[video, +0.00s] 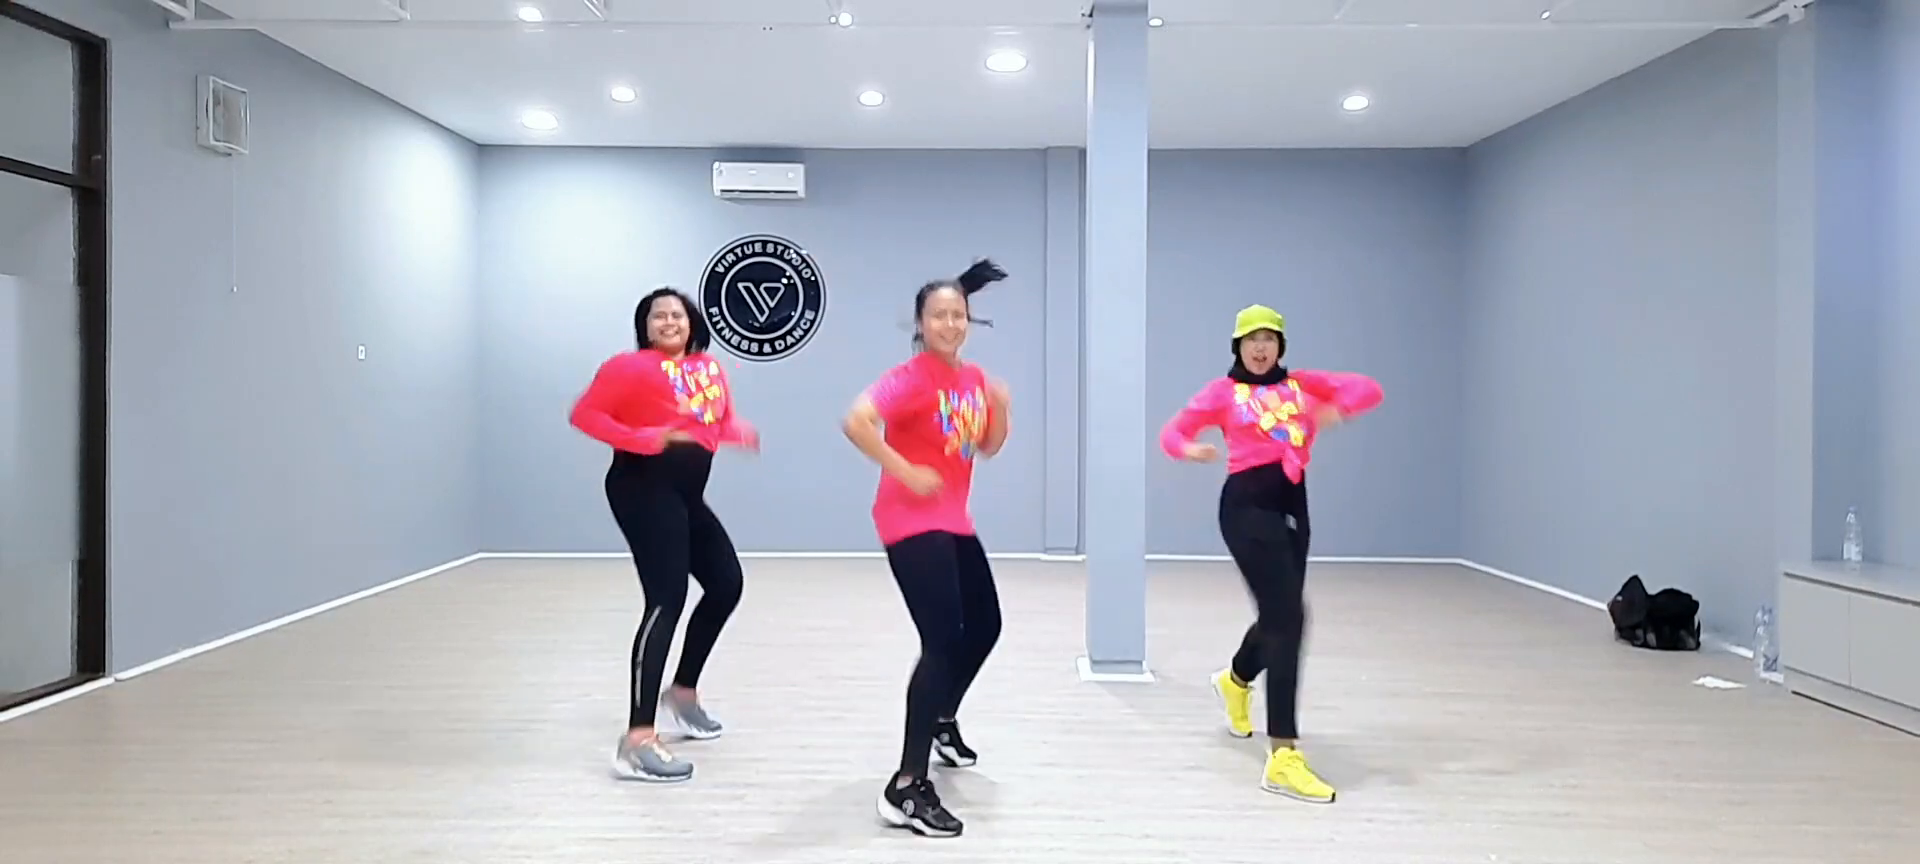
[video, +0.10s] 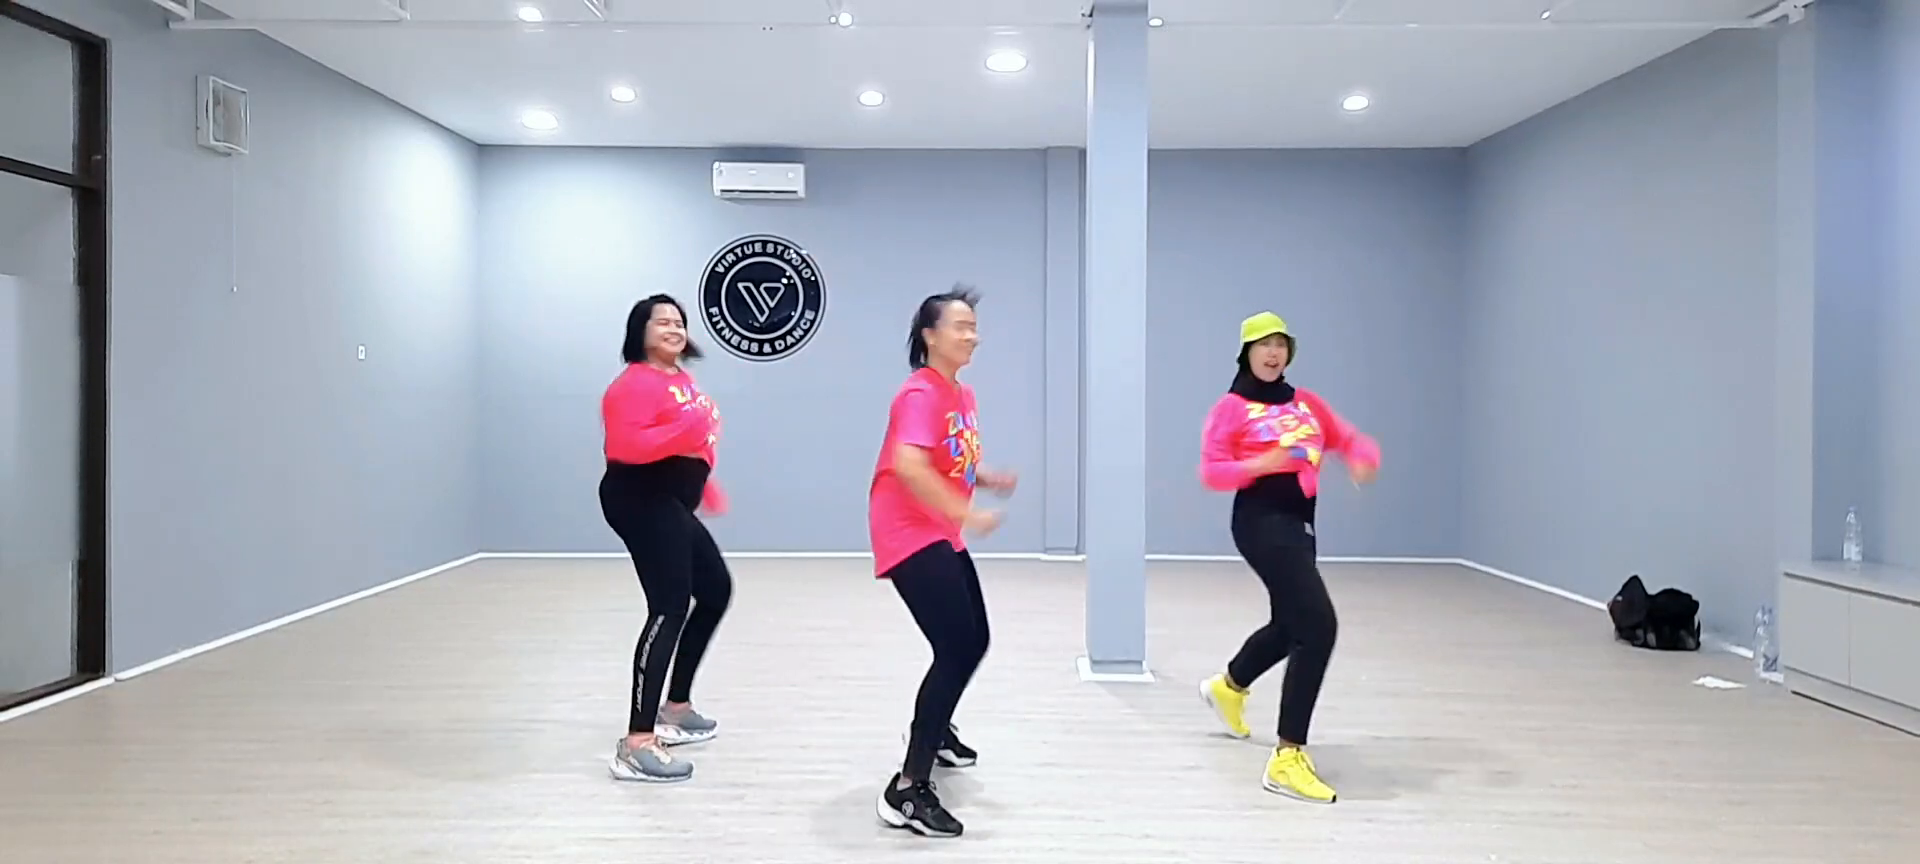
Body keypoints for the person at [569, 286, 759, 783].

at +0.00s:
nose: (668, 321)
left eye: (677, 314)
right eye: (658, 315)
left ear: (692, 324)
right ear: (644, 326)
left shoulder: (708, 368)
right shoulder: (627, 367)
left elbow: (717, 424)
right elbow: (584, 415)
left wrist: (741, 433)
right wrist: (642, 437)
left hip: (685, 492)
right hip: (642, 491)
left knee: (725, 584)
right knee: (667, 597)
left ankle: (682, 693)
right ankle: (639, 736)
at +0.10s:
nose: (673, 328)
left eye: (678, 322)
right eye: (662, 322)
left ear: (685, 337)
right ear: (640, 334)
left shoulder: (684, 386)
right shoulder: (631, 384)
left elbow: (691, 445)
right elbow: (623, 445)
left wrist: (703, 488)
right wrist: (690, 430)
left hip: (672, 499)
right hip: (637, 498)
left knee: (715, 589)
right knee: (671, 604)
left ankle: (676, 706)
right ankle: (637, 740)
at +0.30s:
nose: (677, 314)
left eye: (674, 306)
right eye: (672, 307)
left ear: (626, 312)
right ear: (660, 313)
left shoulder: (609, 352)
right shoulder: (661, 348)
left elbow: (575, 386)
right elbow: (708, 392)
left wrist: (597, 429)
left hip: (604, 466)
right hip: (644, 461)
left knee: (651, 575)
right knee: (666, 581)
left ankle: (637, 699)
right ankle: (651, 715)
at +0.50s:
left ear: (596, 327)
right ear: (648, 329)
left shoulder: (571, 373)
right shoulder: (669, 373)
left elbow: (551, 444)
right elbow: (706, 435)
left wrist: (551, 492)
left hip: (581, 487)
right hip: (644, 486)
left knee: (604, 600)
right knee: (659, 593)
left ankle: (613, 720)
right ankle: (660, 687)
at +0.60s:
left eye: (585, 325)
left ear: (588, 329)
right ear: (639, 327)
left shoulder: (571, 369)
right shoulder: (667, 373)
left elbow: (552, 431)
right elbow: (707, 422)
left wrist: (541, 438)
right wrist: (691, 479)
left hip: (581, 486)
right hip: (644, 482)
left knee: (596, 599)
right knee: (635, 571)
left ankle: (612, 719)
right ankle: (655, 663)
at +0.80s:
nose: (575, 312)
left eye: (584, 306)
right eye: (574, 306)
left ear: (608, 314)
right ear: (612, 318)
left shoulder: (588, 354)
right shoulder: (637, 355)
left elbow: (561, 409)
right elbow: (669, 399)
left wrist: (515, 399)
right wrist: (657, 451)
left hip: (604, 467)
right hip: (637, 466)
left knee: (577, 582)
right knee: (583, 577)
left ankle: (626, 691)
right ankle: (576, 681)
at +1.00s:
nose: (592, 327)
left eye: (602, 320)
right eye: (585, 320)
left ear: (620, 328)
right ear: (576, 329)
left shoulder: (633, 375)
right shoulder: (576, 377)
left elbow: (638, 444)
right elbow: (566, 430)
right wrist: (532, 453)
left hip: (625, 487)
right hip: (577, 490)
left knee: (610, 584)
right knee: (569, 587)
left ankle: (641, 686)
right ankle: (580, 692)